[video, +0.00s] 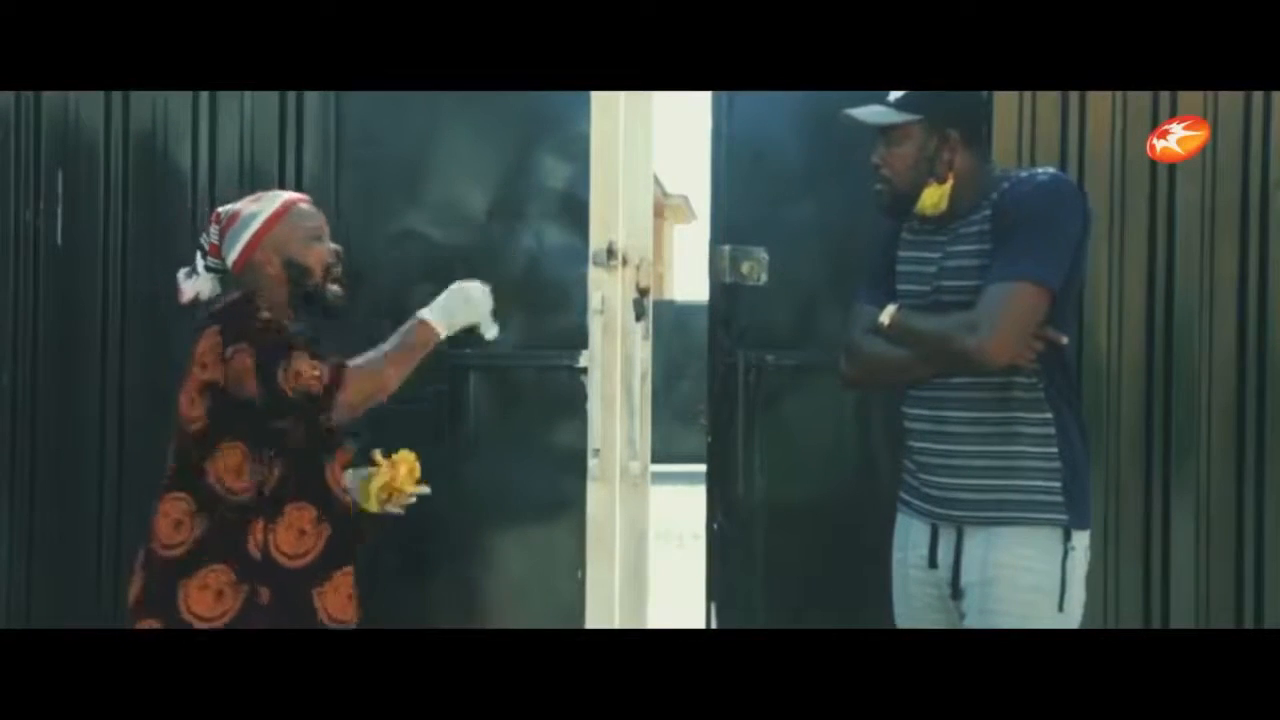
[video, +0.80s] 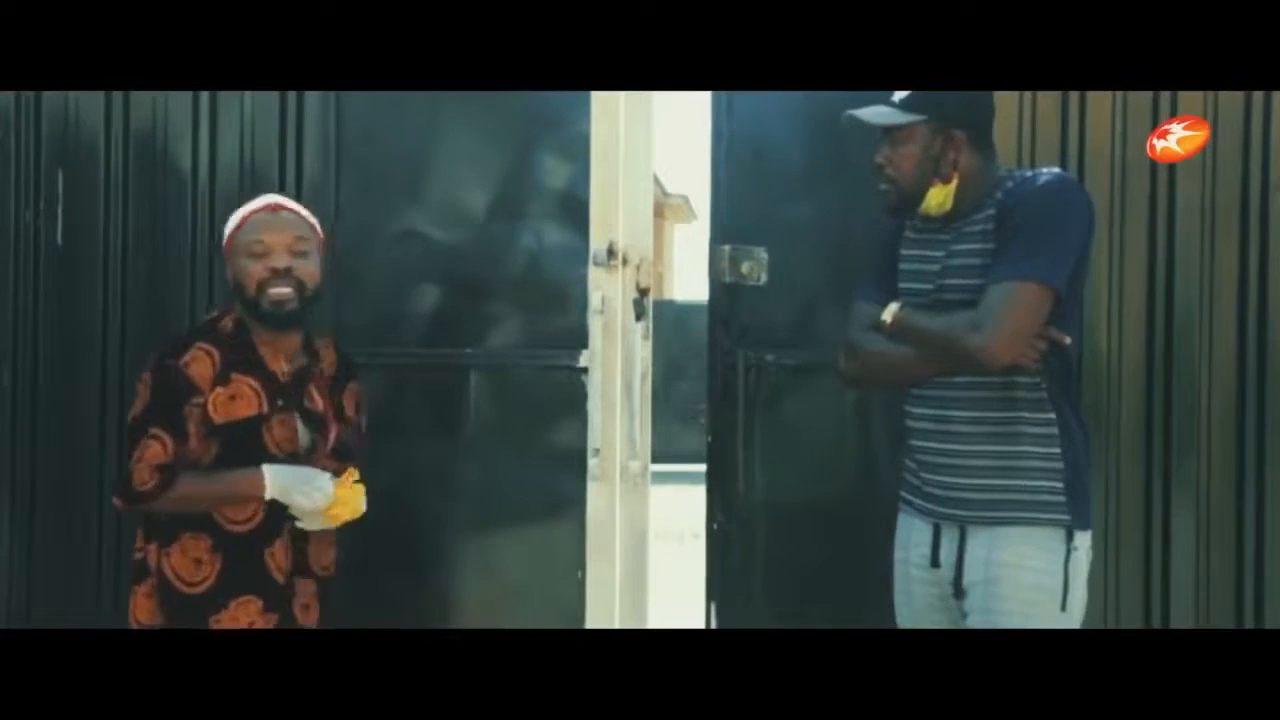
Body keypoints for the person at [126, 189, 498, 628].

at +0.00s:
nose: (334, 252)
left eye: (328, 239)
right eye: (314, 240)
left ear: (268, 261)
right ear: (267, 258)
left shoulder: (273, 338)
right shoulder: (239, 333)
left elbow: (263, 463)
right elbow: (334, 396)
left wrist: (351, 487)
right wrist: (434, 322)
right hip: (224, 598)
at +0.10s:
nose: (337, 248)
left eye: (329, 235)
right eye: (315, 237)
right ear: (266, 262)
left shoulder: (288, 343)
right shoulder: (249, 337)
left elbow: (272, 477)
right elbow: (276, 461)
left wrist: (362, 488)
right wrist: (385, 416)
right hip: (226, 599)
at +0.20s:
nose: (340, 248)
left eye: (332, 235)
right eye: (318, 237)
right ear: (271, 261)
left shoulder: (295, 349)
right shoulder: (244, 347)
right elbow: (234, 487)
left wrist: (349, 504)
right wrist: (351, 466)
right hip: (230, 600)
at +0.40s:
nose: (343, 249)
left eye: (335, 236)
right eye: (321, 239)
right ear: (271, 262)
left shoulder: (307, 359)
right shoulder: (233, 349)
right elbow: (204, 488)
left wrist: (326, 507)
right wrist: (319, 479)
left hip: (281, 606)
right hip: (216, 608)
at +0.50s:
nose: (338, 255)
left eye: (337, 244)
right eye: (313, 247)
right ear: (262, 267)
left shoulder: (312, 362)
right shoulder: (227, 354)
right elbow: (199, 485)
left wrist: (325, 508)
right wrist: (313, 482)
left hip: (284, 604)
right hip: (214, 609)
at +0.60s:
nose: (315, 261)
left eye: (327, 248)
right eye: (290, 251)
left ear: (343, 260)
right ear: (252, 269)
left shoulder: (315, 363)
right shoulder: (221, 353)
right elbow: (191, 487)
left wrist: (336, 506)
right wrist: (310, 479)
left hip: (284, 605)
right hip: (208, 610)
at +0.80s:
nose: (280, 267)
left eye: (298, 253)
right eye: (258, 254)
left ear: (319, 268)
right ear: (231, 270)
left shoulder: (333, 369)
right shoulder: (187, 367)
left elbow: (345, 466)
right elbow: (141, 486)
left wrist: (338, 497)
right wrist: (269, 483)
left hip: (297, 609)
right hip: (196, 611)